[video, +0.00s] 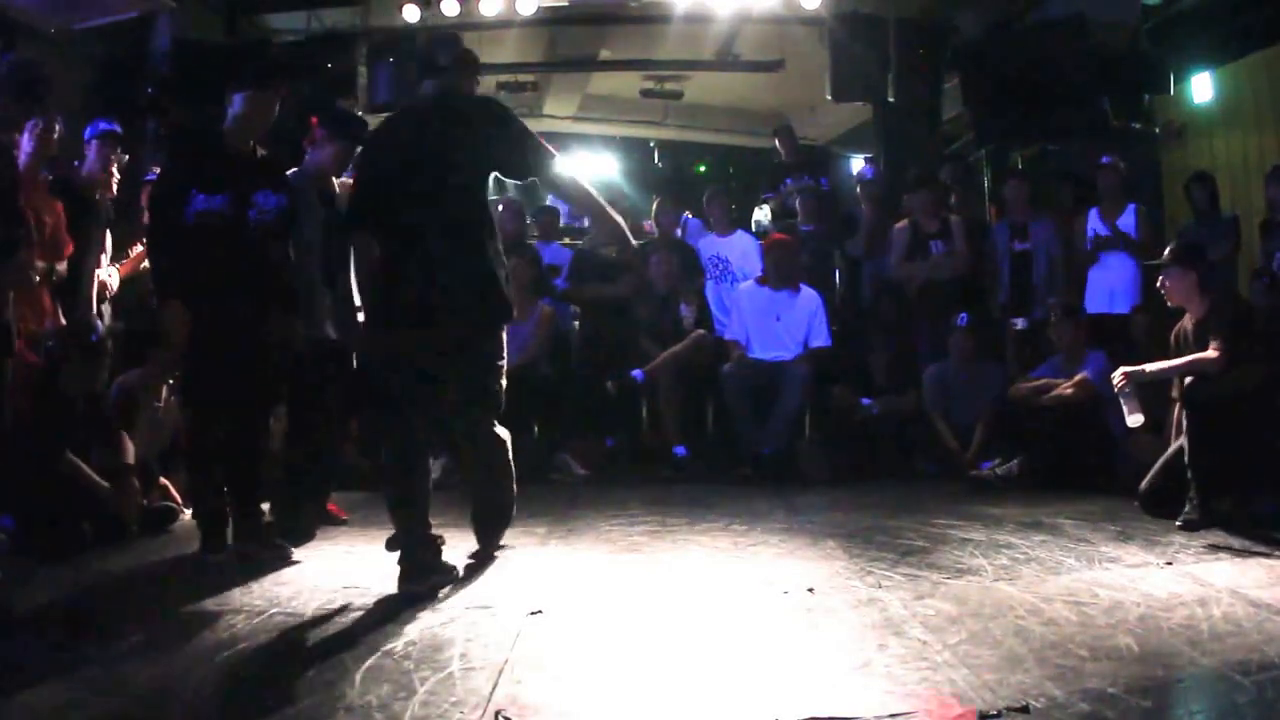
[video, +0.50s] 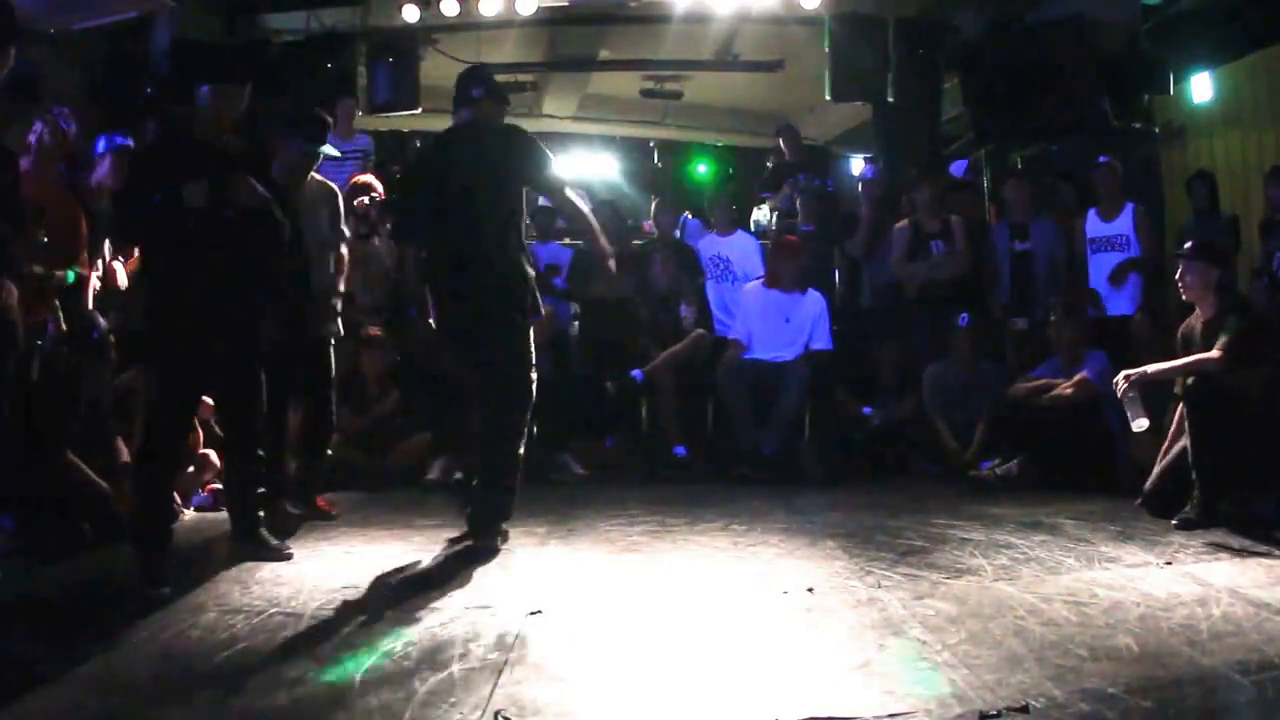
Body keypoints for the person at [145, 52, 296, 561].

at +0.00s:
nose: (268, 117)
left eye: (271, 108)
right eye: (261, 106)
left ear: (269, 117)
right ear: (235, 107)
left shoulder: (271, 172)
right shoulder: (191, 162)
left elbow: (289, 248)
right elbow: (162, 234)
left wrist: (294, 308)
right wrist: (171, 299)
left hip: (260, 308)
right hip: (203, 308)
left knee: (251, 417)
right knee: (206, 418)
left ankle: (250, 525)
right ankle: (212, 529)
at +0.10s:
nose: (269, 121)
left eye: (275, 113)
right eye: (262, 110)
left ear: (277, 119)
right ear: (238, 108)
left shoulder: (273, 175)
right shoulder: (191, 164)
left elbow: (290, 250)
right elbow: (159, 235)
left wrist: (293, 308)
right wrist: (172, 298)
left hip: (260, 310)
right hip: (203, 310)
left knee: (253, 416)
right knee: (205, 418)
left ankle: (249, 525)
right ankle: (210, 529)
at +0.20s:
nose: (252, 129)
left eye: (261, 120)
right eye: (245, 119)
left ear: (271, 124)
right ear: (225, 120)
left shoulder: (276, 176)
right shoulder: (192, 168)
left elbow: (296, 251)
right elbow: (160, 232)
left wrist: (298, 310)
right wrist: (171, 286)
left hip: (257, 312)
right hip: (198, 310)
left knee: (251, 419)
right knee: (194, 418)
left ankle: (248, 525)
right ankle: (192, 513)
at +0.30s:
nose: (250, 121)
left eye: (259, 110)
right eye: (243, 108)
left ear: (269, 115)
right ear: (224, 111)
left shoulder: (274, 169)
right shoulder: (186, 161)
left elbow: (308, 241)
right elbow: (140, 219)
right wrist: (172, 254)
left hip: (256, 314)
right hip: (193, 312)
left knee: (250, 422)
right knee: (182, 423)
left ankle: (249, 527)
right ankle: (167, 535)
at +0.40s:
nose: (239, 124)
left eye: (249, 114)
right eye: (231, 113)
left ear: (258, 115)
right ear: (210, 112)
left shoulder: (262, 168)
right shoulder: (176, 159)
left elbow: (297, 233)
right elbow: (128, 217)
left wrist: (280, 231)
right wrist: (179, 220)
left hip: (248, 317)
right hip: (185, 315)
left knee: (247, 427)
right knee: (170, 433)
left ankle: (249, 528)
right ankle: (152, 548)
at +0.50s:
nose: (229, 114)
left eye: (236, 104)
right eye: (220, 103)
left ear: (242, 110)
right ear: (197, 107)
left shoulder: (249, 159)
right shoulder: (161, 161)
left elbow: (285, 243)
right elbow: (126, 231)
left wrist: (263, 206)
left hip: (240, 313)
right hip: (174, 312)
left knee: (245, 424)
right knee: (164, 432)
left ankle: (248, 527)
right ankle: (151, 547)